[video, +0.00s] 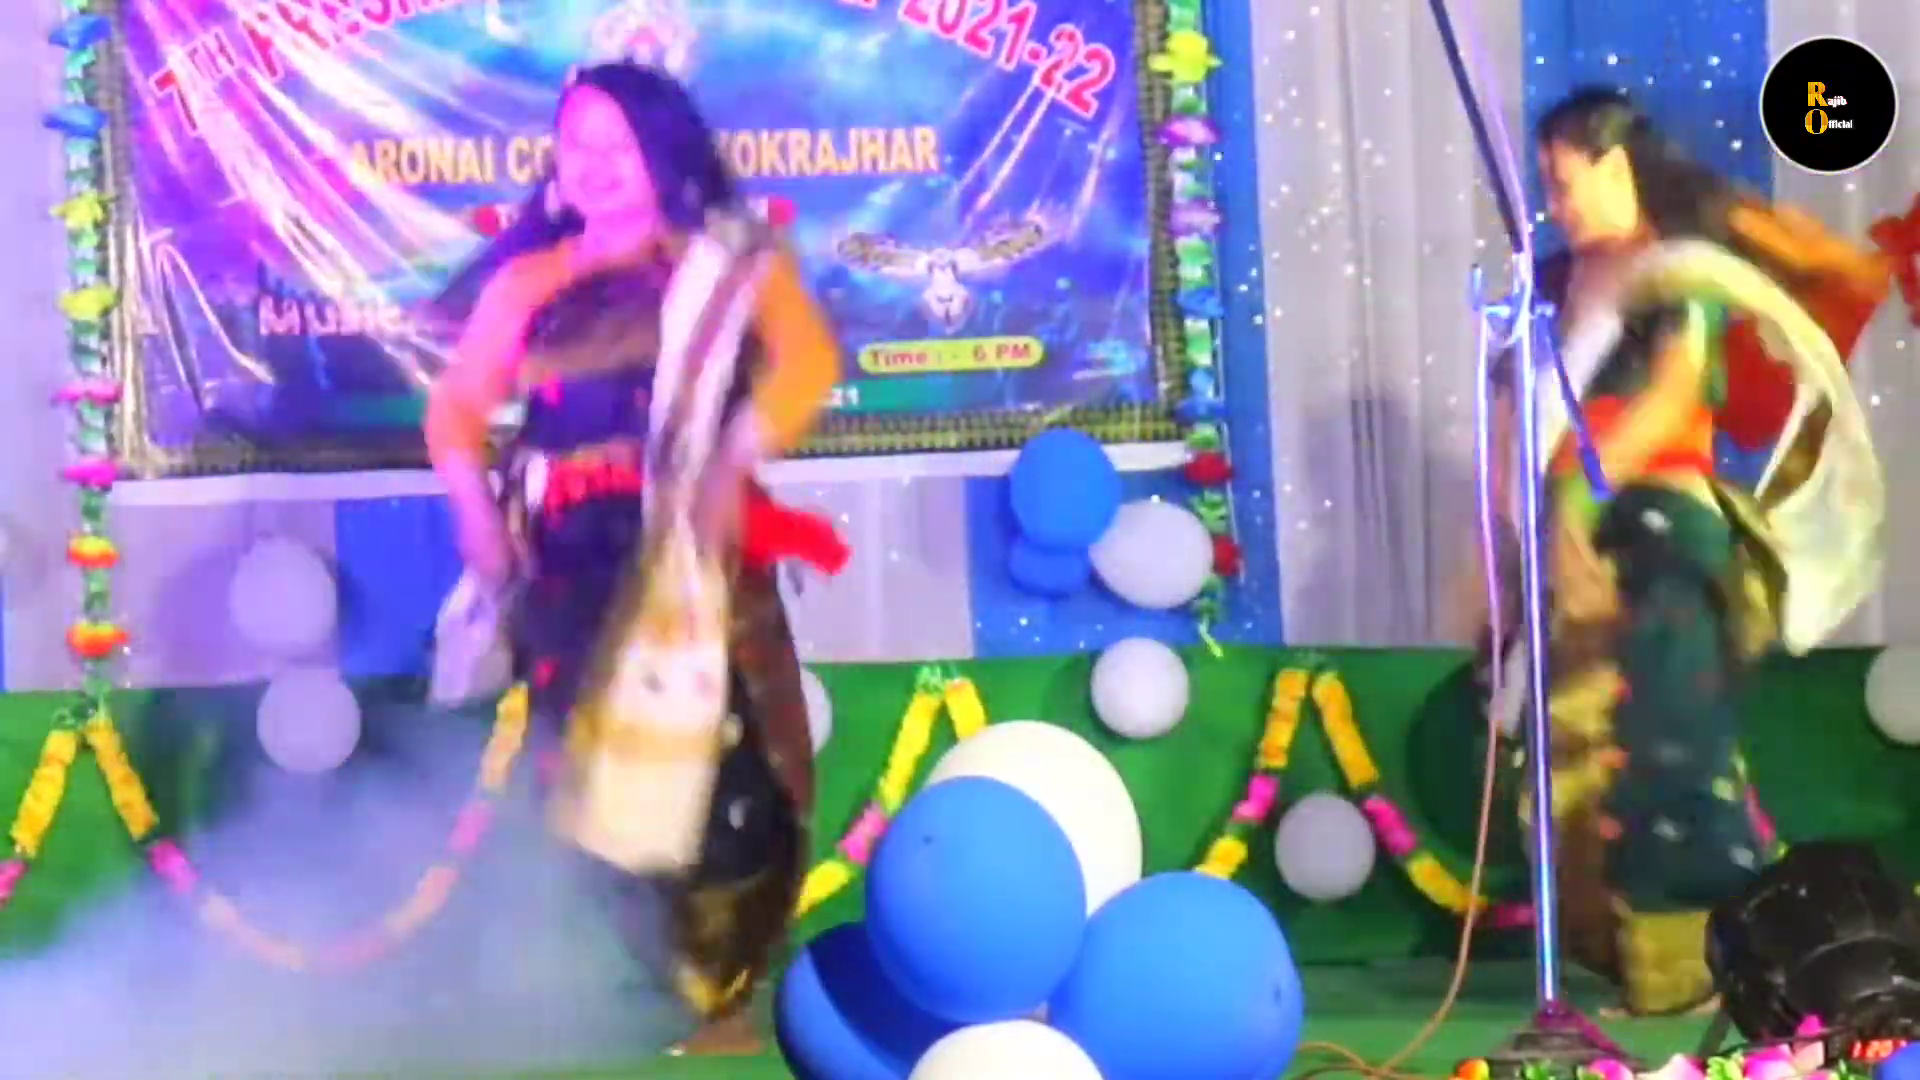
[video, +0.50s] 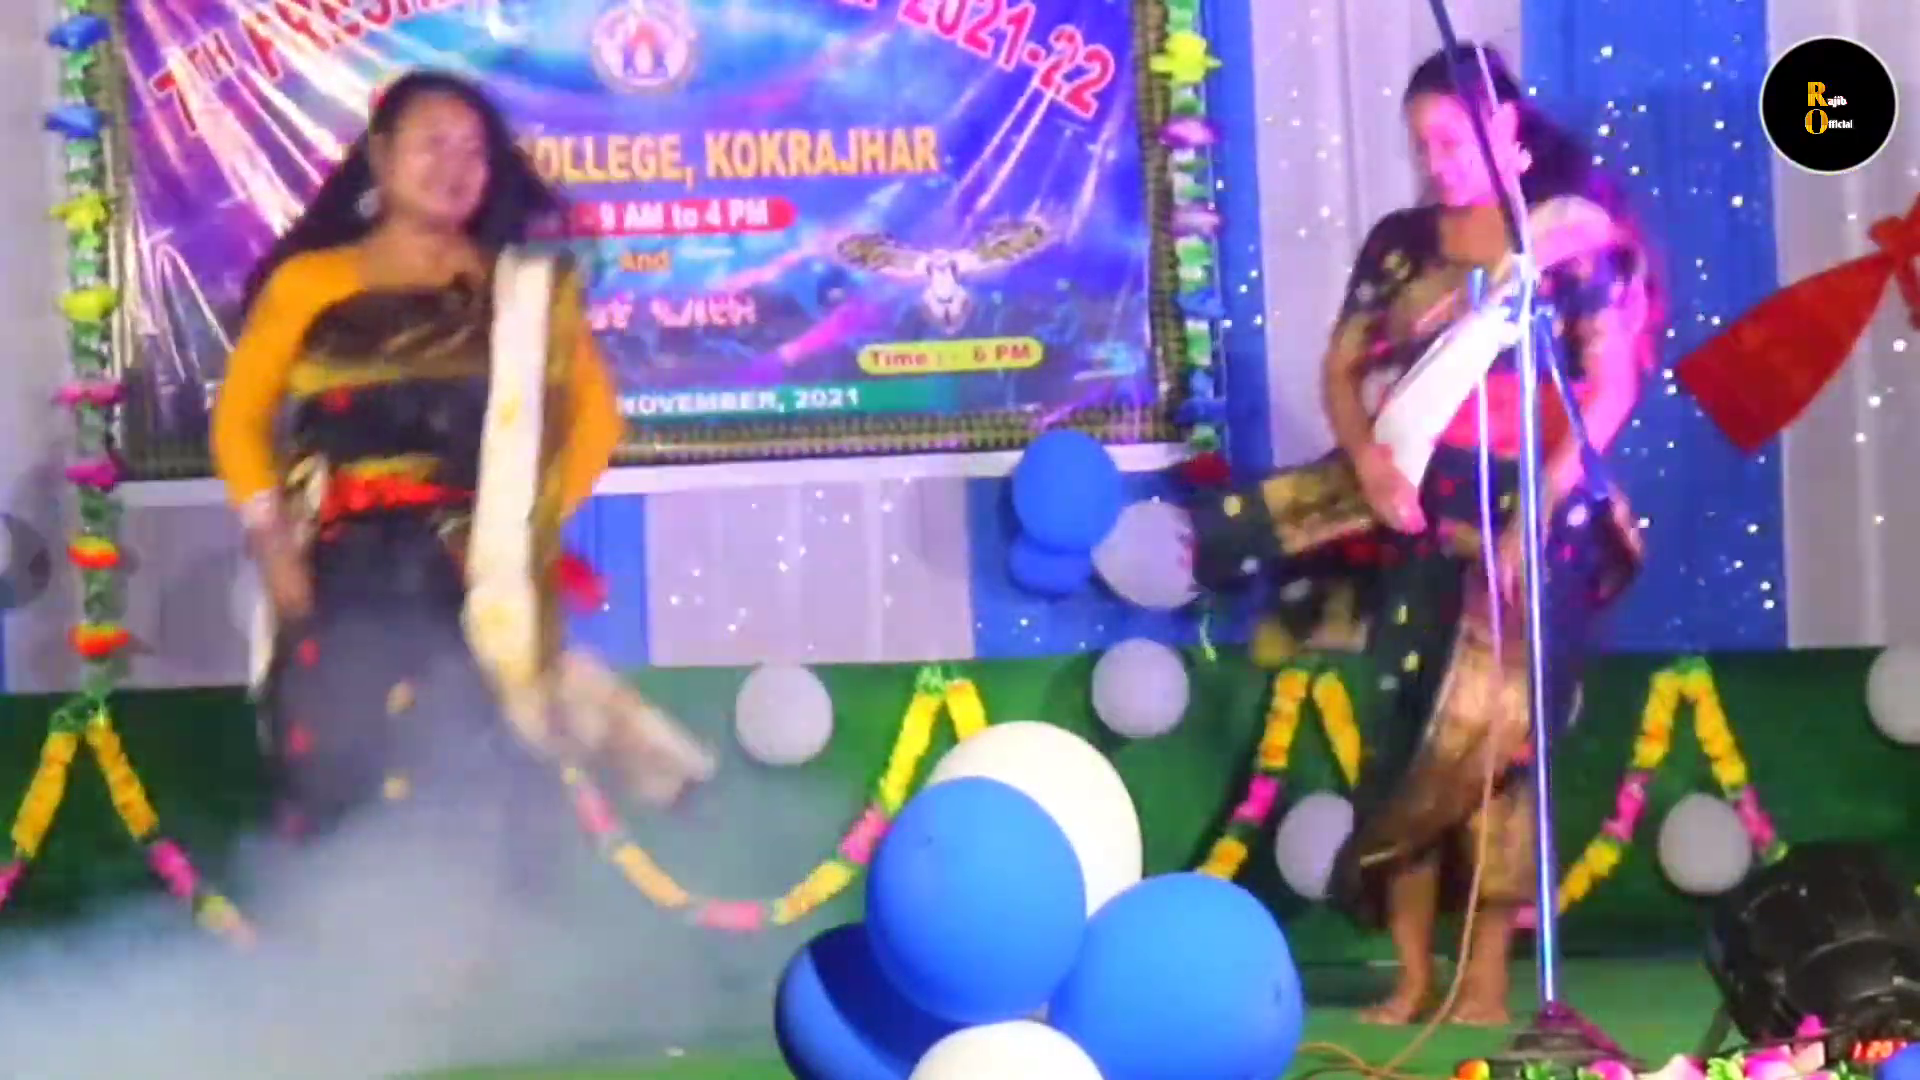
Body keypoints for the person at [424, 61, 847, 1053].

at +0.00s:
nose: (591, 170)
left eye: (612, 148)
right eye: (574, 152)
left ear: (665, 150)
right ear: (554, 167)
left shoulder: (732, 260)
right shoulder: (530, 281)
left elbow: (812, 363)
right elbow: (452, 410)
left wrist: (738, 457)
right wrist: (482, 527)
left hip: (696, 550)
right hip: (569, 553)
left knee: (732, 761)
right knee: (585, 761)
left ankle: (729, 984)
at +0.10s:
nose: (588, 198)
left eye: (610, 179)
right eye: (569, 181)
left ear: (656, 189)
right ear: (546, 199)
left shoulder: (732, 314)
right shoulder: (511, 325)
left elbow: (791, 435)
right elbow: (463, 465)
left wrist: (726, 537)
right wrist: (497, 584)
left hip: (696, 606)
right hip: (561, 615)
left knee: (727, 810)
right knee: (563, 823)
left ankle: (720, 993)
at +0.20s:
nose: (576, 159)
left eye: (595, 143)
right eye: (556, 141)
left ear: (624, 161)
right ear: (516, 157)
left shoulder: (674, 272)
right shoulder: (470, 288)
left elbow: (745, 397)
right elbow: (401, 423)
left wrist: (675, 487)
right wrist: (432, 534)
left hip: (636, 562)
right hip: (508, 568)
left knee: (663, 774)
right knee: (495, 778)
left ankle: (712, 989)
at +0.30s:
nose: (546, 118)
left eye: (567, 104)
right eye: (525, 98)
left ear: (593, 124)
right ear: (481, 113)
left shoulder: (629, 228)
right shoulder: (418, 238)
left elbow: (698, 342)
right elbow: (351, 368)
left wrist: (637, 440)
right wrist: (382, 474)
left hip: (588, 518)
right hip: (461, 525)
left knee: (619, 748)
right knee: (462, 756)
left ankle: (651, 997)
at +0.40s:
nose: (486, 127)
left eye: (505, 111)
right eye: (463, 107)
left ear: (527, 132)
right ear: (416, 120)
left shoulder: (559, 245)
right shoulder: (346, 244)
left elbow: (636, 359)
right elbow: (272, 374)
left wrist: (573, 461)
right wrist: (306, 486)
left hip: (515, 528)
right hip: (385, 530)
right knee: (372, 754)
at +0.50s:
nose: (455, 165)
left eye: (473, 149)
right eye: (432, 144)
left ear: (492, 172)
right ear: (382, 158)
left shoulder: (526, 286)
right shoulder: (311, 281)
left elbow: (593, 415)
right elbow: (238, 418)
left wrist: (530, 526)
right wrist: (276, 547)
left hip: (475, 574)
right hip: (346, 577)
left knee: (481, 797)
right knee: (336, 791)